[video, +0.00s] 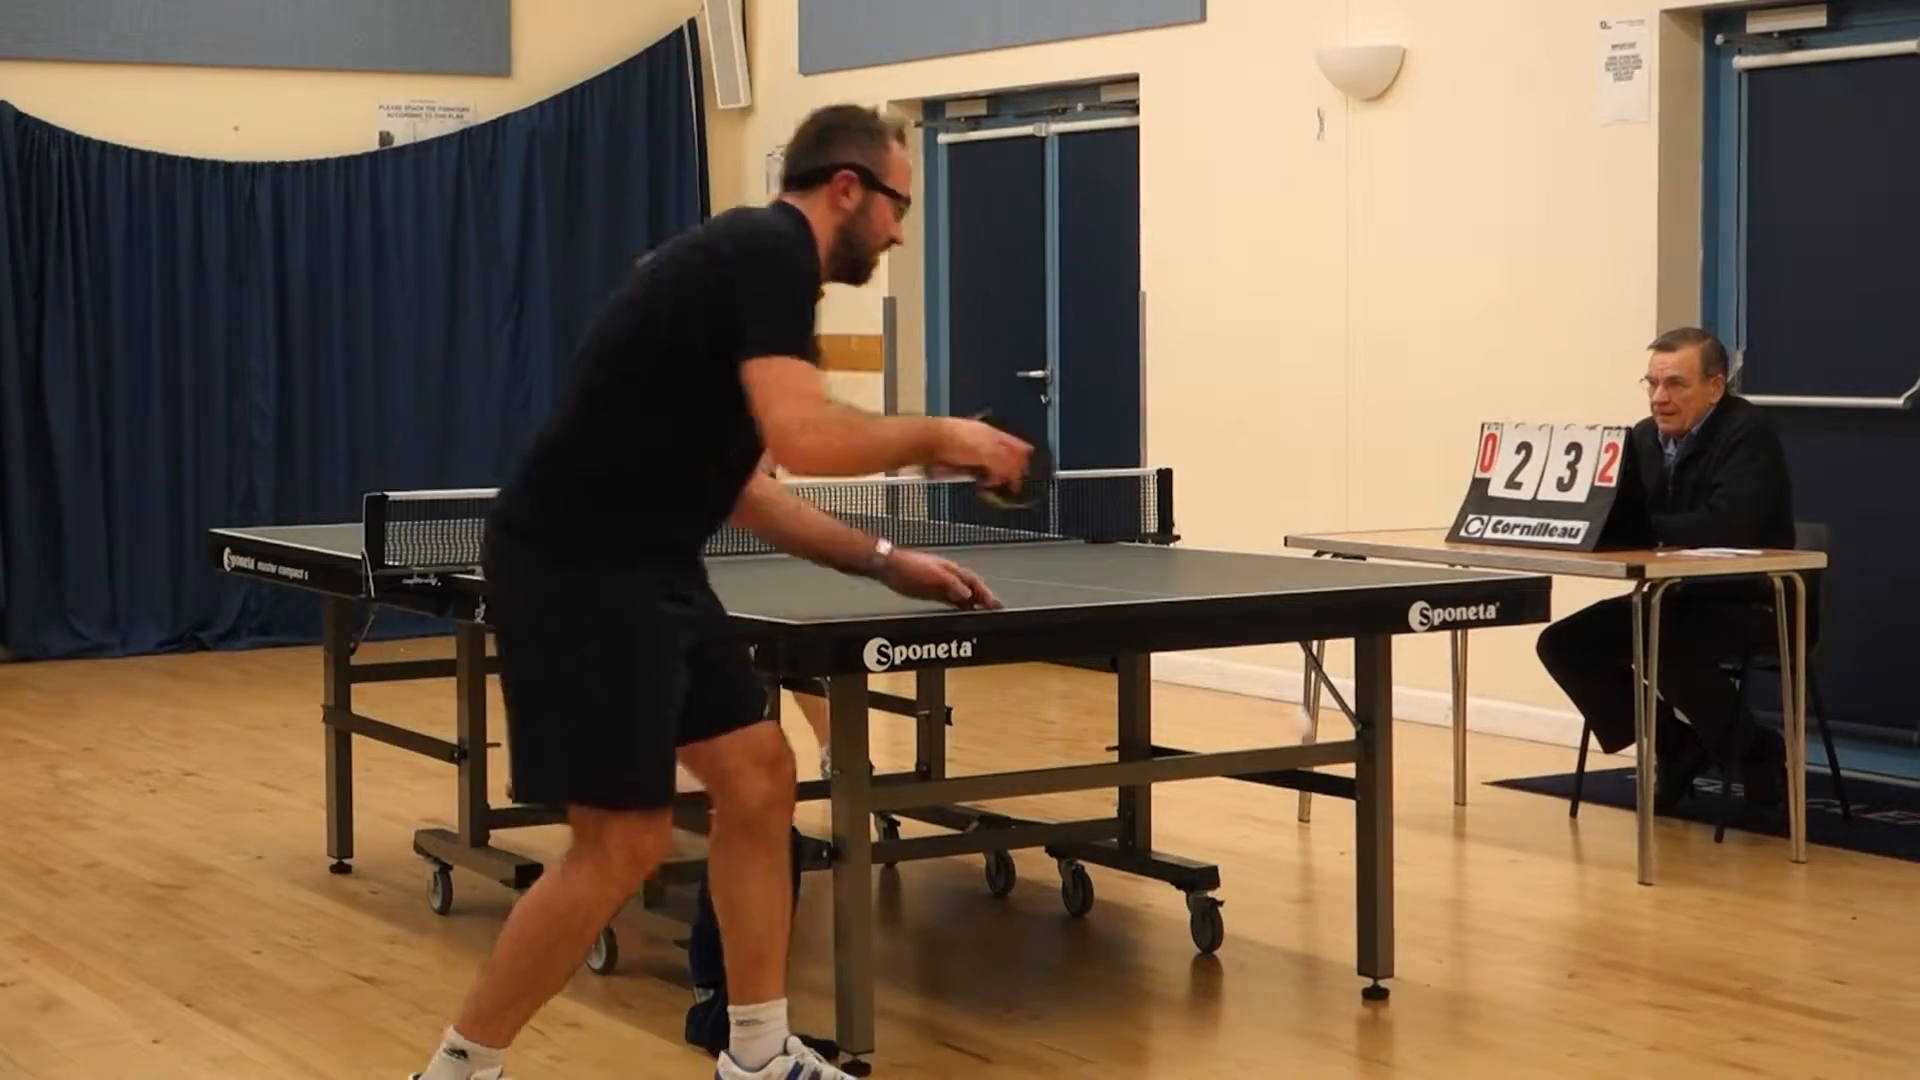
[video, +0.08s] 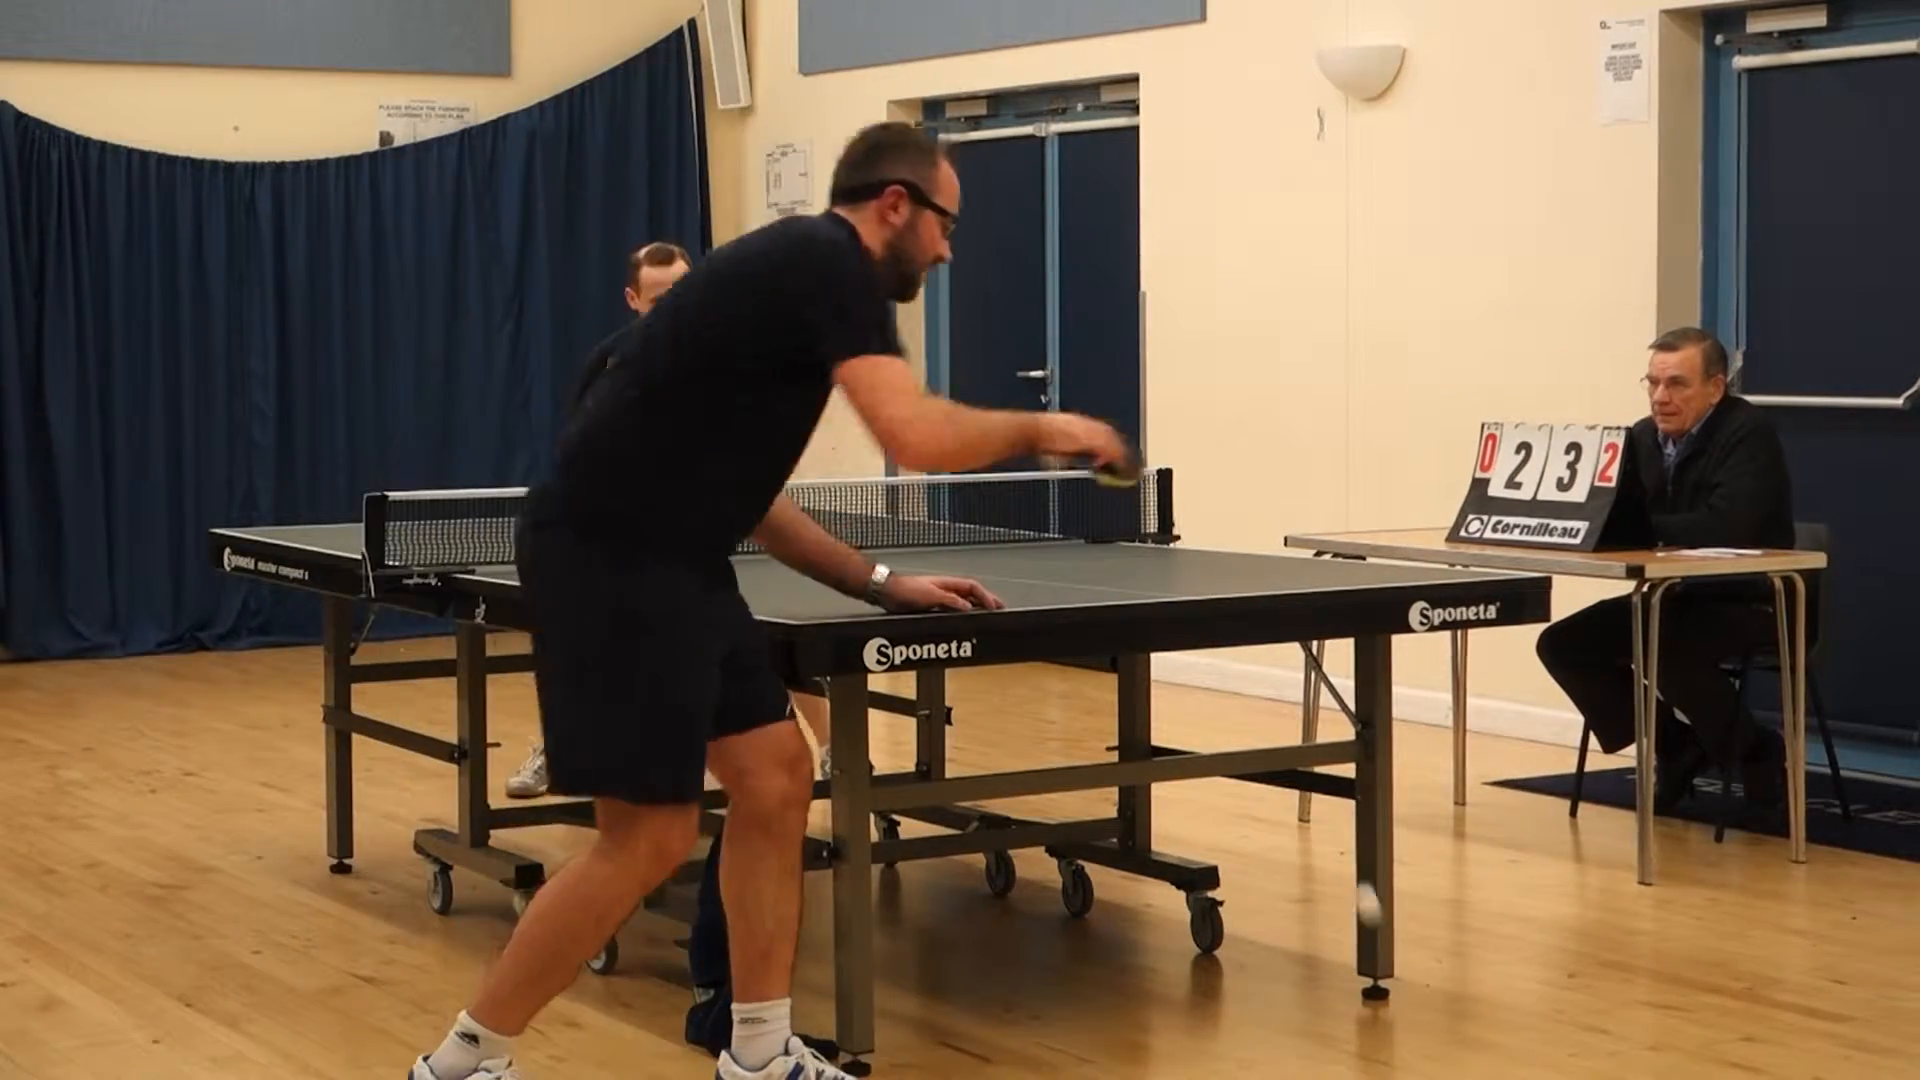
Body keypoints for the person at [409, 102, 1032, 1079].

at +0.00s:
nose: (900, 231)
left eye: (905, 207)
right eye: (898, 202)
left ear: (826, 190)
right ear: (846, 189)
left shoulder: (734, 266)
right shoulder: (768, 245)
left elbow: (744, 491)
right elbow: (798, 432)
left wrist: (888, 561)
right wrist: (940, 435)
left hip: (650, 565)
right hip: (573, 564)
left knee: (758, 773)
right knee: (622, 842)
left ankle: (758, 1052)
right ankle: (455, 1064)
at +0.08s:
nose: (947, 248)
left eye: (951, 225)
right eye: (944, 221)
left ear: (877, 205)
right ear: (893, 204)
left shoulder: (789, 274)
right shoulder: (828, 259)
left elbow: (747, 498)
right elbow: (914, 435)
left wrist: (883, 584)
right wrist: (1042, 429)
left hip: (680, 559)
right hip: (602, 554)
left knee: (775, 771)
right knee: (648, 835)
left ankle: (759, 1051)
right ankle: (463, 1057)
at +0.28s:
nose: (1036, 278)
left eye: (1039, 258)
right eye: (1033, 252)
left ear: (952, 227)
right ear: (981, 230)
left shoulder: (869, 291)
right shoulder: (952, 279)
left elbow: (763, 483)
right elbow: (1118, 408)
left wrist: (883, 585)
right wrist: (1228, 391)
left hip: (709, 531)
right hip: (662, 518)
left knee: (771, 774)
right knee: (649, 817)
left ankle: (760, 1052)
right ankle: (457, 1047)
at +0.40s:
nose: (1076, 284)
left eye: (1075, 267)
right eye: (1070, 265)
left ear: (983, 241)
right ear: (1026, 249)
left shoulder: (887, 297)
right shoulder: (997, 293)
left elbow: (771, 468)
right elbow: (1177, 417)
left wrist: (885, 586)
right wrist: (1292, 411)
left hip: (718, 515)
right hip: (691, 505)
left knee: (764, 767)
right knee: (643, 803)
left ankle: (761, 1051)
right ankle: (450, 1044)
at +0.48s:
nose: (1092, 308)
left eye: (1094, 292)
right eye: (1088, 289)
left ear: (998, 262)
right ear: (1046, 269)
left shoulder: (904, 308)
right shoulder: (1020, 311)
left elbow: (781, 474)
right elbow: (1181, 452)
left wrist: (891, 586)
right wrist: (1311, 472)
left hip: (723, 513)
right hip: (700, 502)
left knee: (764, 767)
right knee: (639, 800)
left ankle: (759, 1047)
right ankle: (436, 1028)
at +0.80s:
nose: (1087, 342)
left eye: (1095, 321)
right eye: (1090, 315)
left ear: (1010, 282)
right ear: (1045, 288)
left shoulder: (910, 318)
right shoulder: (1002, 344)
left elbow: (784, 476)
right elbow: (984, 554)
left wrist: (893, 586)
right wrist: (1103, 694)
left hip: (682, 495)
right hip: (719, 505)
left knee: (772, 763)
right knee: (654, 798)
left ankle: (760, 1050)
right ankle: (427, 1024)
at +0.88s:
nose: (1076, 322)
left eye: (1084, 303)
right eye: (1078, 297)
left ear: (1009, 263)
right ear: (1027, 269)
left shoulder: (892, 302)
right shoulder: (984, 326)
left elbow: (781, 478)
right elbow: (935, 528)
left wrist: (890, 582)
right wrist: (1056, 646)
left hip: (692, 501)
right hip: (704, 506)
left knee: (771, 769)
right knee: (651, 804)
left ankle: (761, 1051)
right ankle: (448, 1042)